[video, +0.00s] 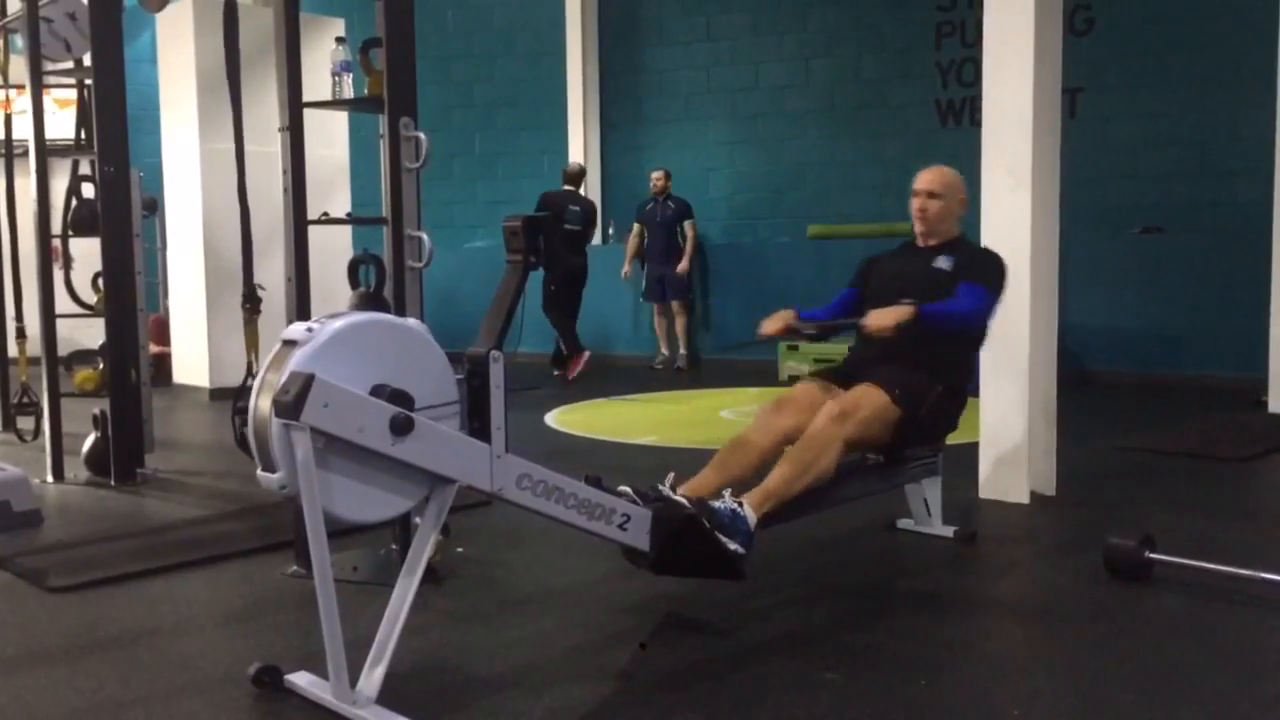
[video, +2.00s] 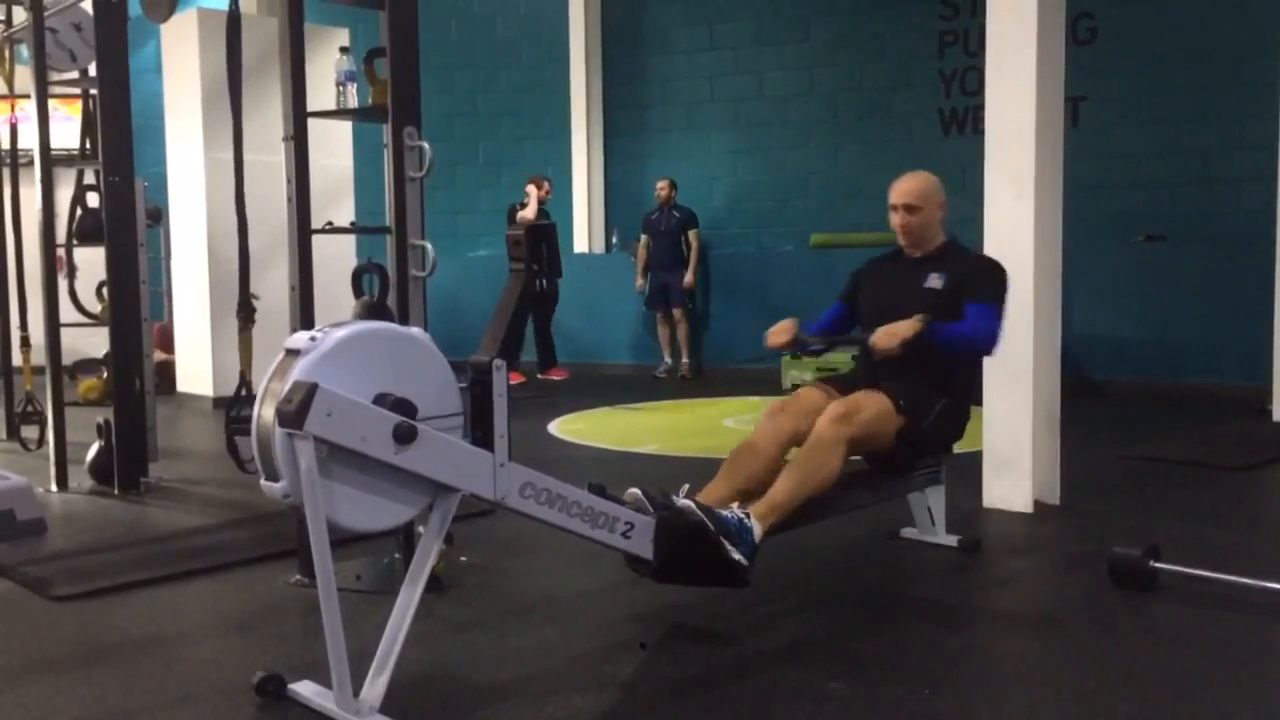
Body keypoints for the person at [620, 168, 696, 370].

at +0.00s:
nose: (654, 183)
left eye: (658, 180)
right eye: (652, 180)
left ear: (668, 182)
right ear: (650, 183)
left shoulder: (680, 205)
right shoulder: (644, 207)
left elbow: (689, 233)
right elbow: (635, 235)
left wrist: (686, 260)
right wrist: (628, 261)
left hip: (675, 264)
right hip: (652, 265)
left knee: (678, 308)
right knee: (658, 309)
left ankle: (682, 352)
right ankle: (664, 351)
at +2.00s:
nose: (658, 193)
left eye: (662, 189)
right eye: (657, 189)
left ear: (672, 192)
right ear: (656, 192)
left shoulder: (685, 215)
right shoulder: (650, 217)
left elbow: (694, 245)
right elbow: (643, 246)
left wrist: (690, 272)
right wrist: (640, 275)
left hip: (678, 273)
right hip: (656, 273)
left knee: (678, 315)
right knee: (661, 317)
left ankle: (685, 360)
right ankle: (666, 359)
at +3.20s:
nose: (661, 191)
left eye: (665, 187)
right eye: (660, 188)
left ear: (675, 190)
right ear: (658, 190)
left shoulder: (688, 213)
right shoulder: (652, 214)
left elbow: (697, 243)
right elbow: (644, 244)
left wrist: (692, 270)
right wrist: (642, 272)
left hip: (679, 271)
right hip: (658, 271)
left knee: (680, 313)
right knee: (663, 315)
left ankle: (686, 357)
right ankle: (668, 357)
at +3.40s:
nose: (661, 192)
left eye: (665, 189)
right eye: (659, 189)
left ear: (675, 191)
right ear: (658, 192)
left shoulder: (687, 215)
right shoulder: (651, 216)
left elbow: (696, 244)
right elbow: (644, 244)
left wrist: (691, 272)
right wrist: (641, 272)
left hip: (679, 272)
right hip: (658, 272)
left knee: (679, 314)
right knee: (662, 316)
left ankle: (686, 359)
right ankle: (668, 359)